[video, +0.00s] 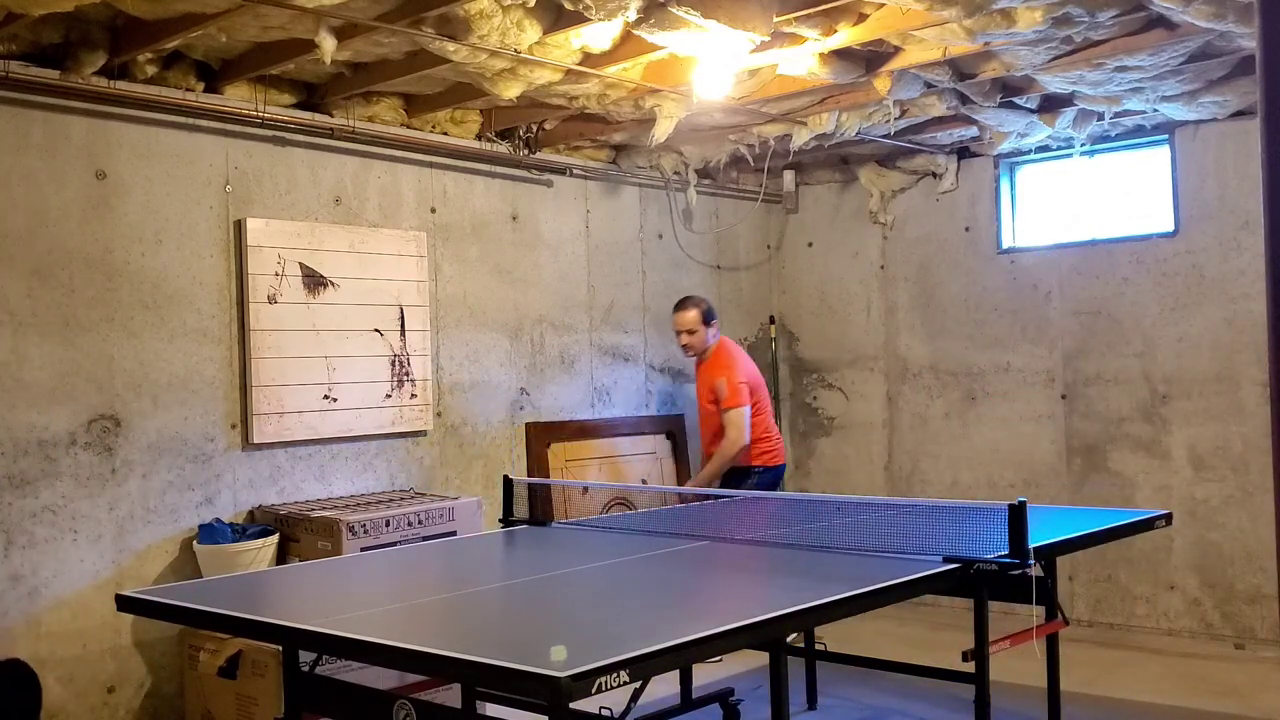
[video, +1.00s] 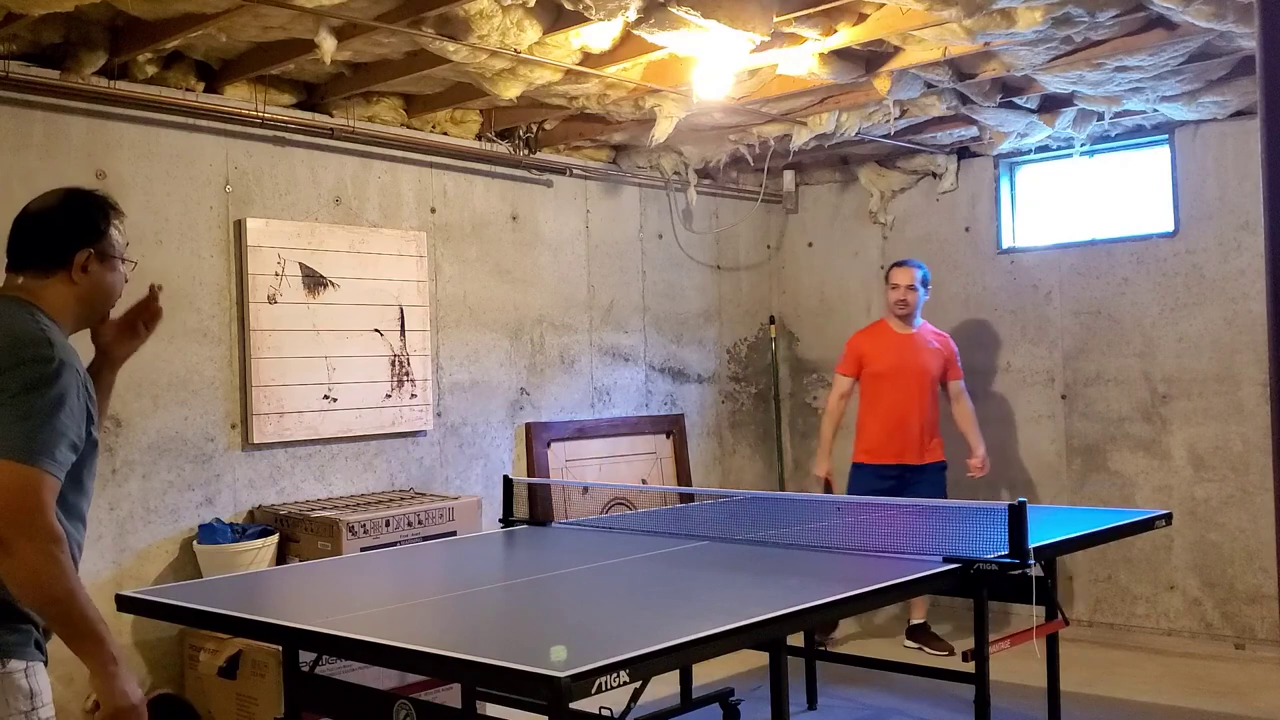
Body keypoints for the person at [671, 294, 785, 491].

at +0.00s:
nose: (683, 341)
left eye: (691, 333)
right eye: (678, 333)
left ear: (713, 328)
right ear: (674, 332)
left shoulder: (727, 365)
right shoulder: (707, 357)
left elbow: (738, 439)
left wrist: (698, 483)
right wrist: (706, 477)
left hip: (755, 466)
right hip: (738, 464)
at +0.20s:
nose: (733, 316)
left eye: (743, 308)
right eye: (728, 308)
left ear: (761, 309)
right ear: (723, 309)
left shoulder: (782, 353)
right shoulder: (728, 356)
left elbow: (796, 415)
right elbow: (725, 410)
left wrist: (755, 456)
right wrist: (712, 459)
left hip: (781, 465)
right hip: (747, 466)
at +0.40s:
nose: (770, 301)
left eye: (780, 294)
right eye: (765, 293)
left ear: (796, 298)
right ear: (759, 295)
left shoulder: (818, 344)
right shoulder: (751, 347)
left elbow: (846, 401)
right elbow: (741, 400)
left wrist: (834, 453)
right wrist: (725, 452)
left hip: (805, 456)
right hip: (767, 457)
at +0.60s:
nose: (807, 296)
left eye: (817, 290)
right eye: (802, 289)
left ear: (832, 297)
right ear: (794, 293)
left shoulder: (851, 344)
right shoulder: (780, 345)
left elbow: (875, 399)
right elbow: (765, 398)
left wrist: (874, 453)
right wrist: (748, 452)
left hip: (836, 465)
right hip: (790, 465)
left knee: (847, 541)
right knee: (797, 546)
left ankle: (882, 615)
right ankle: (810, 623)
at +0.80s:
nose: (853, 296)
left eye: (862, 290)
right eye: (847, 289)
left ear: (876, 296)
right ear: (838, 294)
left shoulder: (896, 346)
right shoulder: (817, 346)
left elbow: (920, 399)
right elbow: (798, 400)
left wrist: (924, 451)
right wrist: (783, 454)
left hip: (883, 467)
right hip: (828, 468)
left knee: (904, 539)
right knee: (820, 544)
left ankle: (914, 623)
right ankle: (813, 622)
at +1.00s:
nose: (901, 294)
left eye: (910, 288)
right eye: (894, 287)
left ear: (924, 294)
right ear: (886, 292)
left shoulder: (942, 344)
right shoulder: (863, 342)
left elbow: (958, 398)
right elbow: (838, 398)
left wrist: (977, 446)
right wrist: (823, 456)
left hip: (926, 466)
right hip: (872, 466)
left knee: (926, 545)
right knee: (852, 543)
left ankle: (918, 625)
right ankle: (827, 620)